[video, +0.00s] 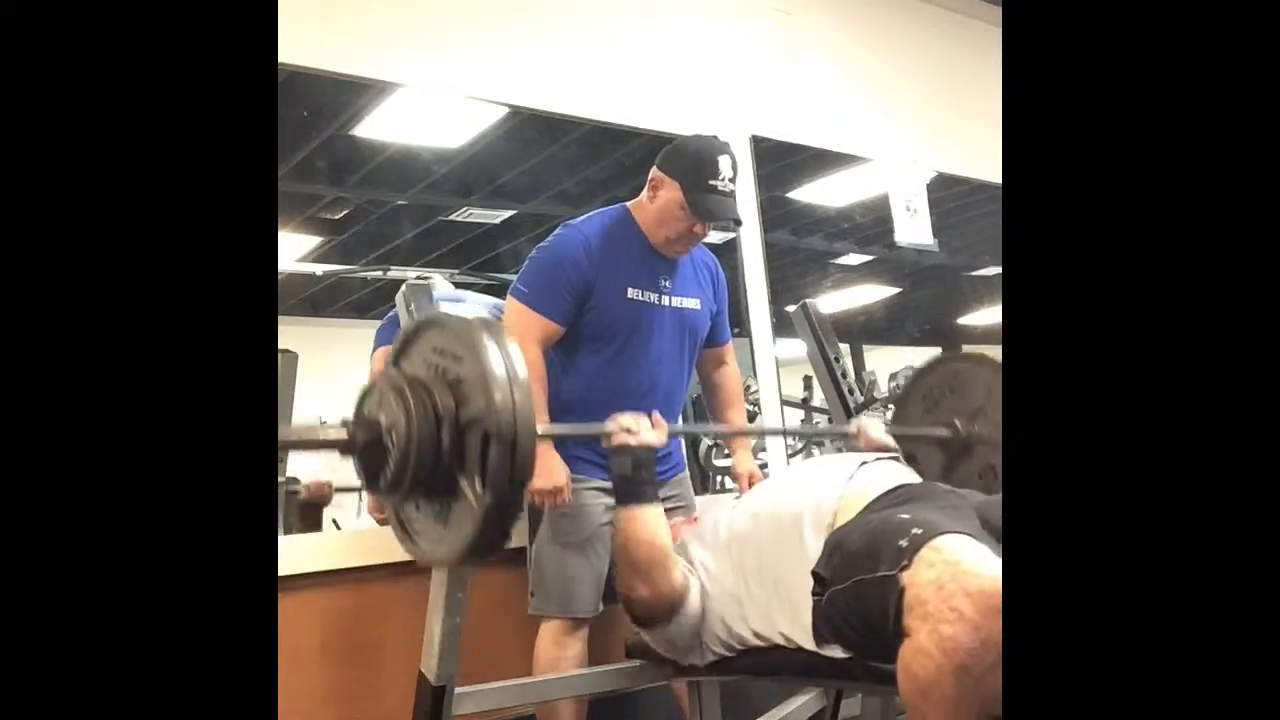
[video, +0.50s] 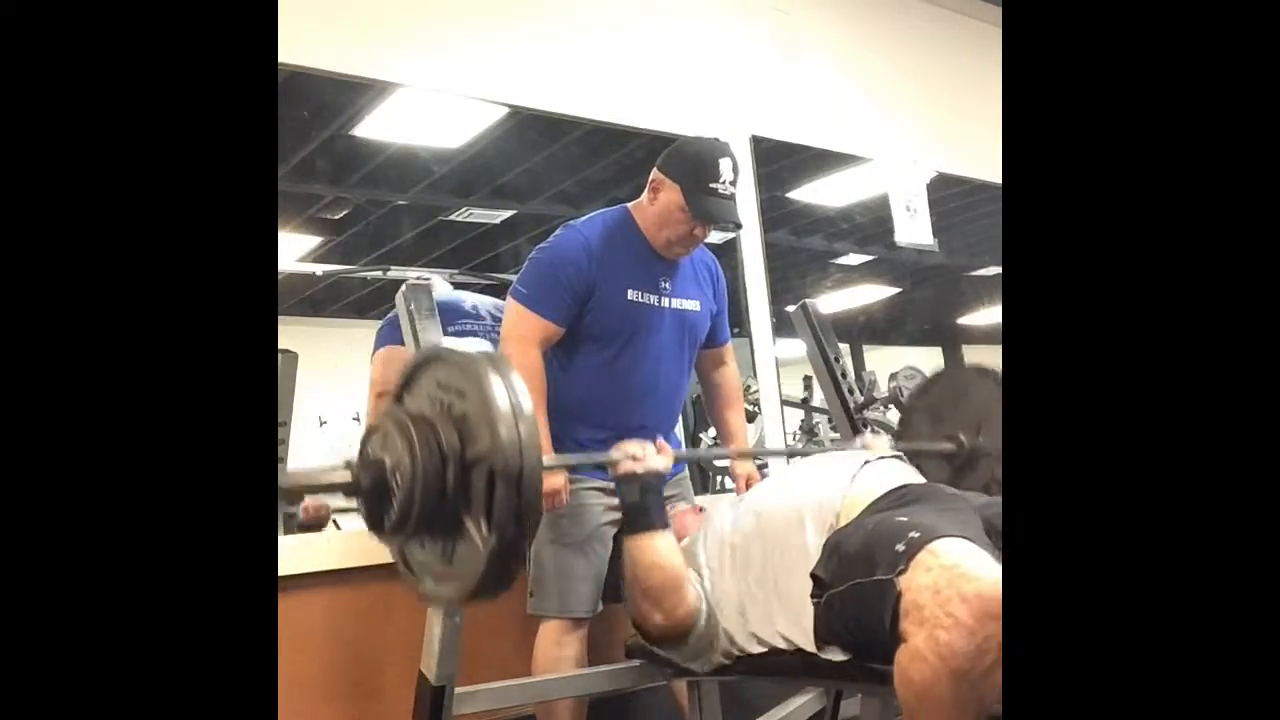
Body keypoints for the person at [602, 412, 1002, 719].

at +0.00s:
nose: (667, 509)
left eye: (666, 503)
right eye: (652, 518)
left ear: (681, 505)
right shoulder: (684, 605)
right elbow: (648, 588)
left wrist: (877, 449)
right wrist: (632, 465)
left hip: (942, 495)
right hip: (861, 529)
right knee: (974, 600)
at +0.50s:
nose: (680, 505)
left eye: (680, 500)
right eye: (667, 512)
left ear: (698, 504)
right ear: (660, 545)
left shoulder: (753, 506)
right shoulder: (689, 593)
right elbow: (662, 613)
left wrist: (872, 451)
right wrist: (641, 493)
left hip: (934, 493)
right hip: (863, 529)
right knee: (975, 609)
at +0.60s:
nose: (687, 493)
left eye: (685, 488)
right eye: (672, 496)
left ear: (700, 497)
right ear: (661, 529)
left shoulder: (754, 507)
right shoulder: (687, 576)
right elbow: (674, 646)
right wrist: (646, 516)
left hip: (948, 495)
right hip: (869, 528)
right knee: (973, 607)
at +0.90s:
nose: (688, 503)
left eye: (688, 498)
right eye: (674, 506)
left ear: (703, 503)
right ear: (668, 537)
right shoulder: (690, 576)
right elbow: (671, 640)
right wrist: (647, 514)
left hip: (951, 494)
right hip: (873, 528)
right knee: (976, 611)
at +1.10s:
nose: (674, 510)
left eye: (670, 506)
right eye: (657, 521)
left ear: (682, 508)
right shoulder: (685, 607)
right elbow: (649, 583)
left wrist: (870, 447)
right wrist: (630, 458)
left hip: (941, 494)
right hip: (858, 531)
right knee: (974, 597)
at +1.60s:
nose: (678, 506)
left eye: (677, 503)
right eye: (664, 518)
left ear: (696, 507)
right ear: (654, 544)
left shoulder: (757, 504)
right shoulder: (685, 587)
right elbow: (658, 610)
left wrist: (872, 453)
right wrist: (636, 493)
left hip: (946, 498)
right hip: (863, 531)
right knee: (971, 601)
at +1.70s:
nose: (684, 500)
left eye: (685, 495)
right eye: (671, 505)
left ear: (700, 499)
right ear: (663, 540)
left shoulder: (757, 505)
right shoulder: (683, 580)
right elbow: (666, 636)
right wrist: (643, 511)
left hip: (934, 492)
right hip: (865, 529)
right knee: (972, 605)